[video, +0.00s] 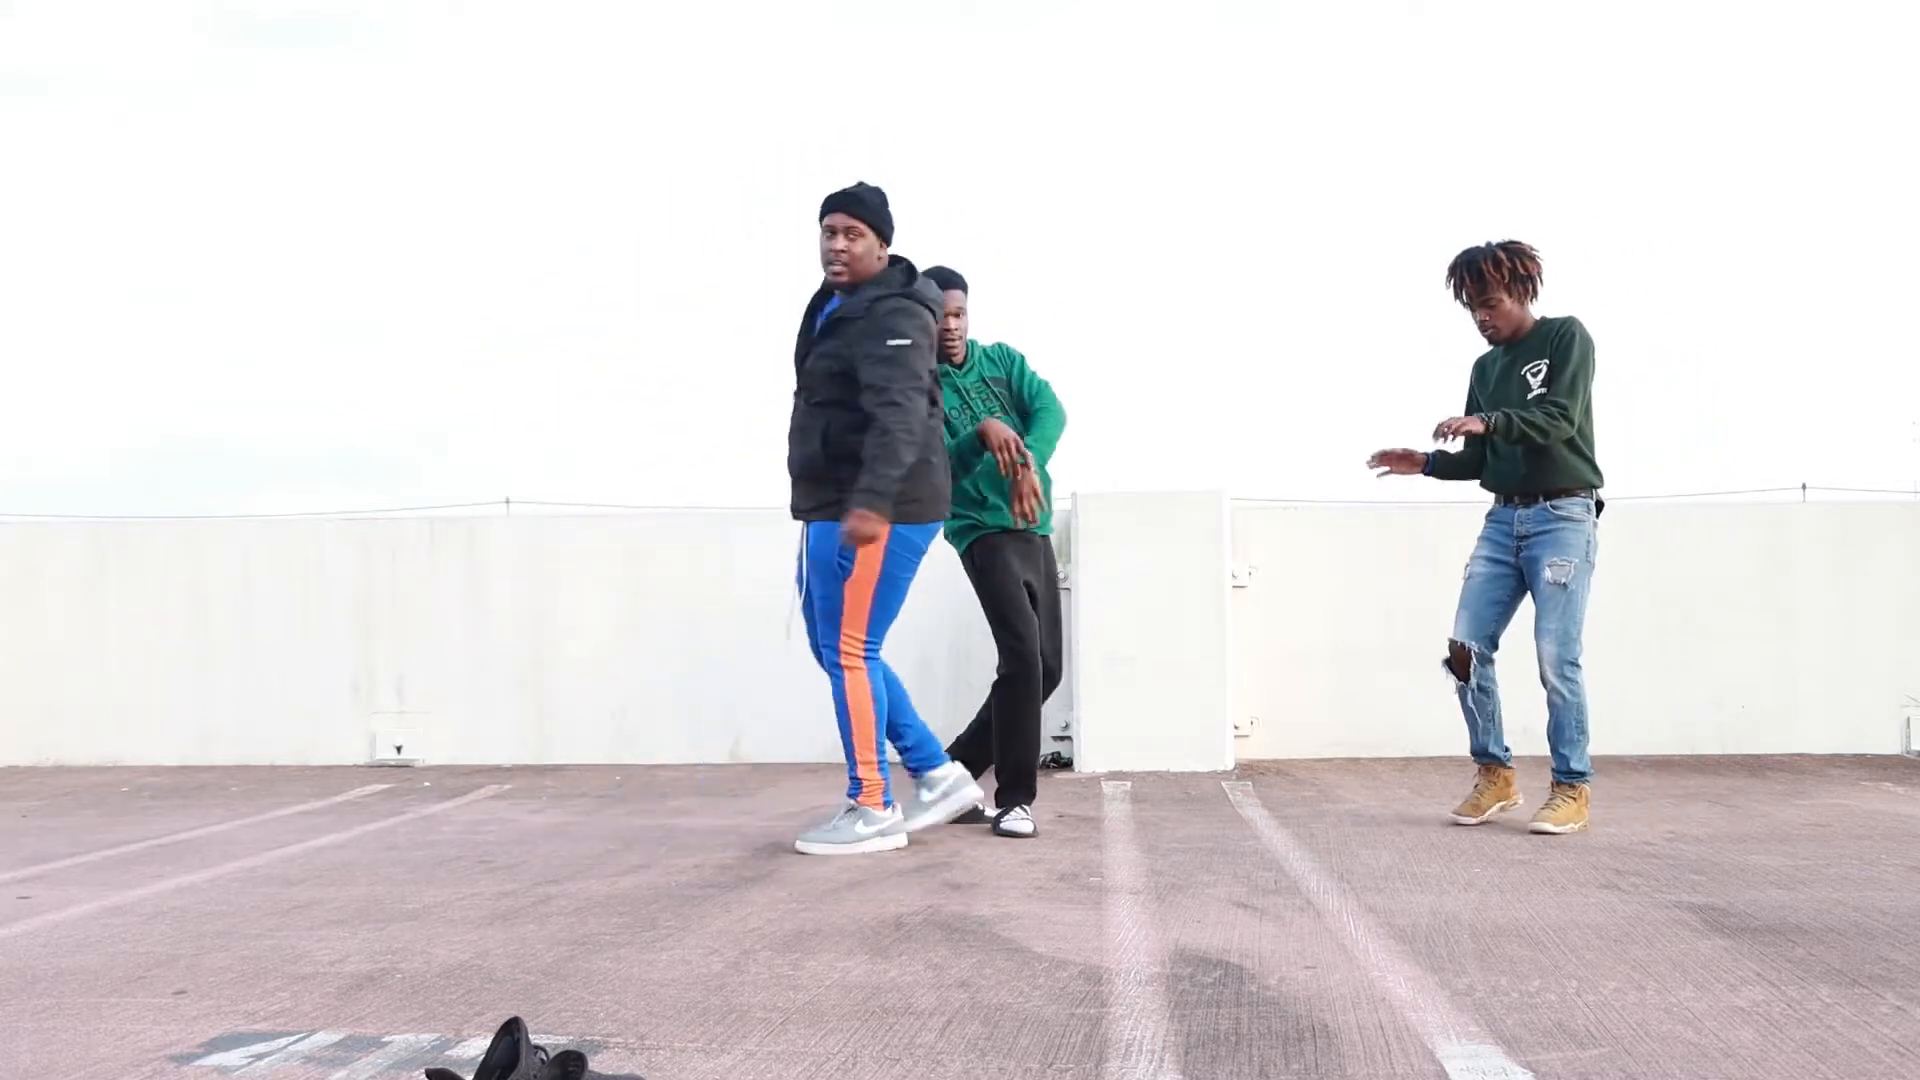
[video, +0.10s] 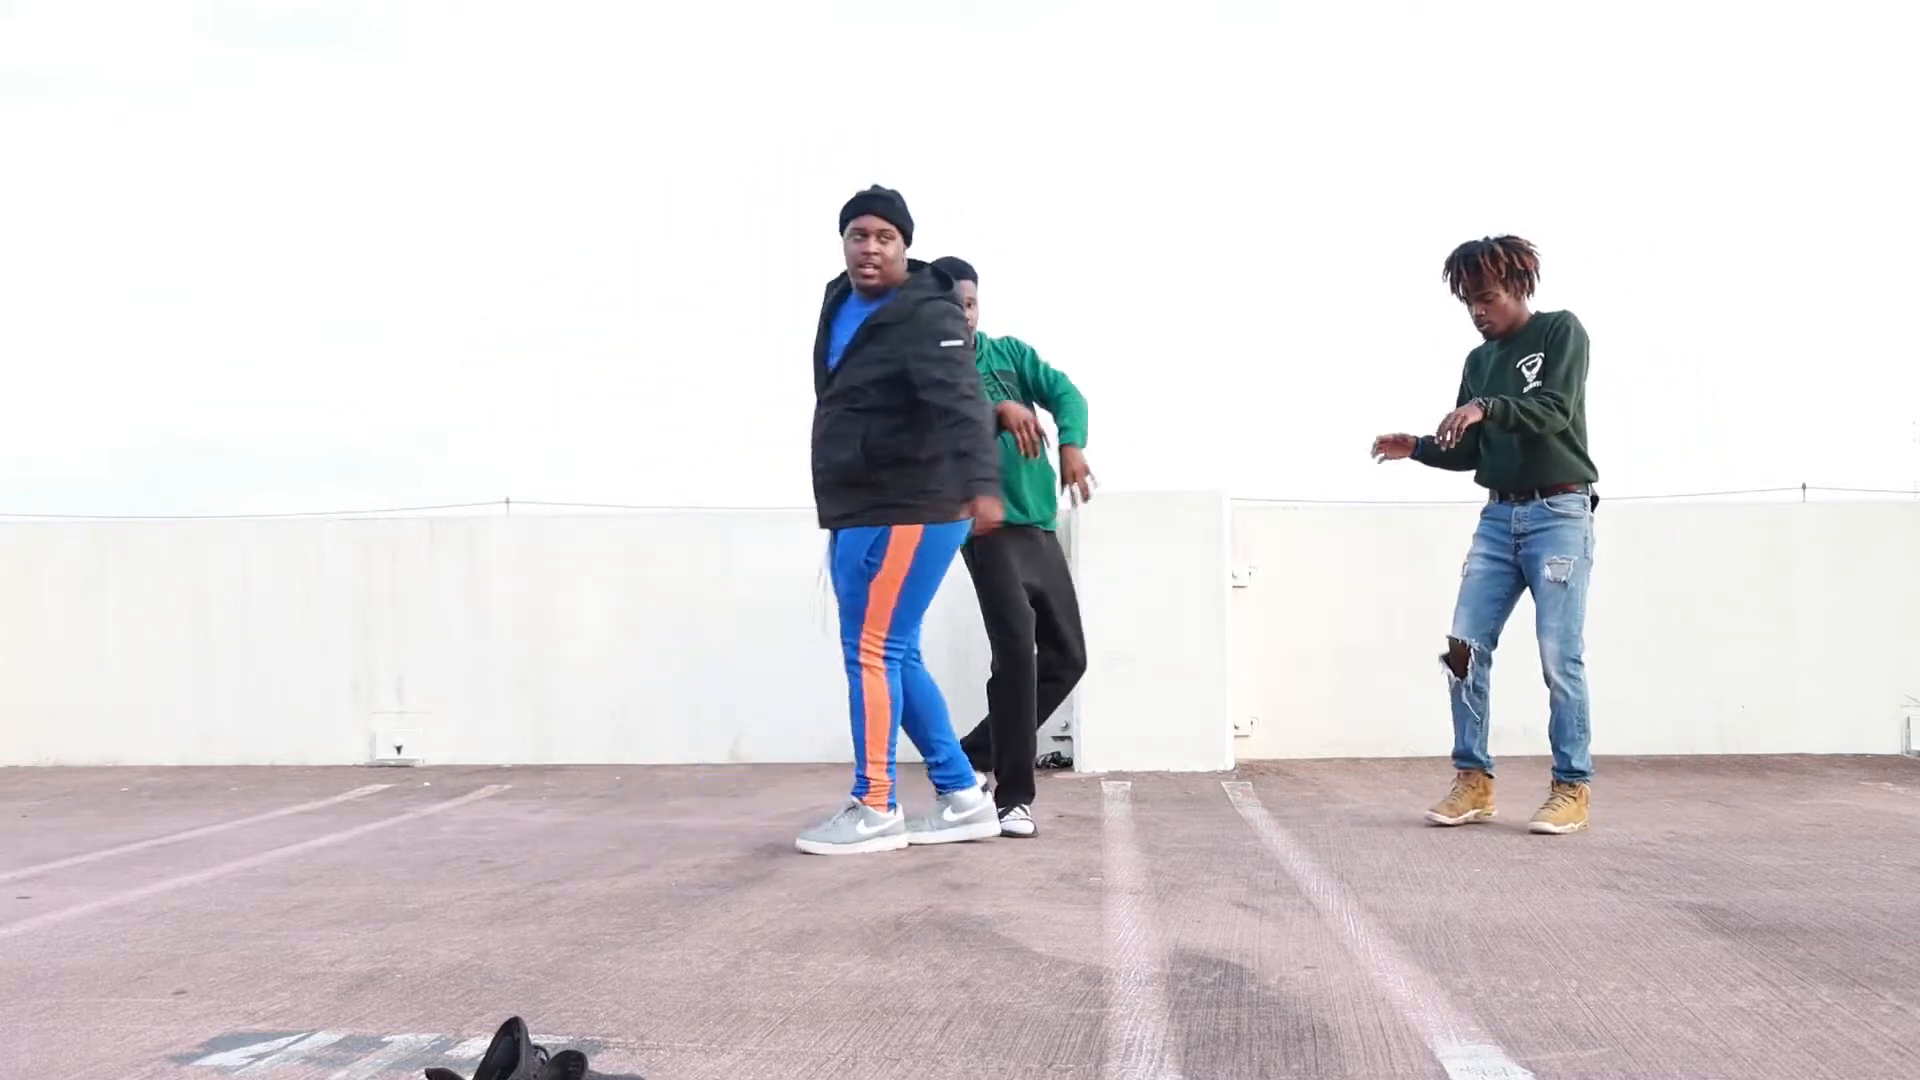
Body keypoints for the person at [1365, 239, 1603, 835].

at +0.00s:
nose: (1480, 320)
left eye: (1488, 306)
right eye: (1472, 309)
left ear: (1522, 293)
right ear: (1470, 306)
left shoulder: (1567, 337)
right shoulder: (1485, 369)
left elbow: (1557, 420)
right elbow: (1480, 461)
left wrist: (1488, 423)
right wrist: (1424, 462)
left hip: (1562, 517)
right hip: (1504, 520)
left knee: (1554, 658)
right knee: (1467, 651)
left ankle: (1570, 789)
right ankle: (1494, 777)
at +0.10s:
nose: (1476, 313)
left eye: (1485, 299)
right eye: (1469, 302)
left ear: (1521, 289)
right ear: (1465, 298)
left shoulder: (1561, 330)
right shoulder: (1478, 362)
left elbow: (1554, 411)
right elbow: (1473, 451)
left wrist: (1488, 407)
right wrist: (1416, 446)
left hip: (1558, 515)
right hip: (1500, 517)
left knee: (1558, 655)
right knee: (1464, 648)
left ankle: (1571, 789)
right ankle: (1473, 781)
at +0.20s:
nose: (1470, 307)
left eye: (1479, 294)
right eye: (1462, 296)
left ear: (1514, 285)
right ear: (1458, 293)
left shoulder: (1551, 324)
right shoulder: (1468, 354)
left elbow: (1546, 403)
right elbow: (1456, 444)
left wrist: (1486, 396)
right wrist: (1407, 429)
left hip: (1551, 512)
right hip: (1489, 514)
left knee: (1560, 657)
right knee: (1460, 649)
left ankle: (1571, 788)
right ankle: (1454, 783)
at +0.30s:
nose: (1464, 308)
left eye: (1474, 295)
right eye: (1456, 298)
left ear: (1506, 286)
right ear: (1451, 294)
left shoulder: (1542, 328)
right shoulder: (1456, 353)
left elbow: (1540, 406)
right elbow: (1439, 440)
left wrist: (1486, 396)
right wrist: (1391, 416)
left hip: (1537, 512)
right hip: (1473, 515)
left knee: (1553, 656)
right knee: (1453, 652)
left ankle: (1570, 787)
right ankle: (1451, 784)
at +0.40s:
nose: (1454, 308)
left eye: (1464, 295)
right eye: (1446, 297)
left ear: (1497, 285)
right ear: (1441, 292)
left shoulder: (1533, 332)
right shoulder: (1440, 350)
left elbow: (1538, 415)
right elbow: (1417, 431)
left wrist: (1494, 414)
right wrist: (1374, 396)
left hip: (1518, 512)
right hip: (1454, 514)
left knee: (1538, 653)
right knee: (1442, 653)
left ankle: (1566, 783)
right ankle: (1448, 785)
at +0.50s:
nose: (1448, 307)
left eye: (1458, 295)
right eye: (1440, 296)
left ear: (1488, 285)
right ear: (1433, 291)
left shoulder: (1523, 333)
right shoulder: (1427, 347)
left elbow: (1538, 416)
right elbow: (1395, 417)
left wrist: (1512, 447)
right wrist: (1359, 369)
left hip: (1504, 509)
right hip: (1441, 513)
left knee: (1518, 640)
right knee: (1436, 650)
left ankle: (1551, 767)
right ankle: (1447, 784)